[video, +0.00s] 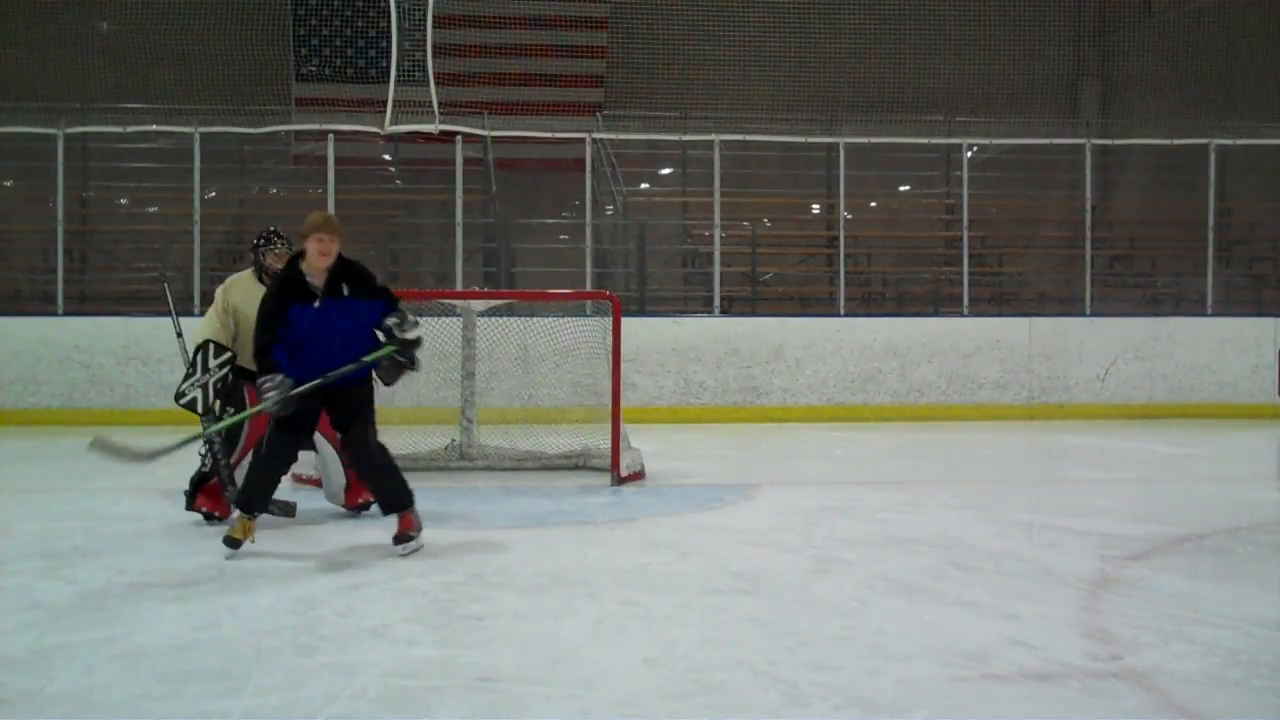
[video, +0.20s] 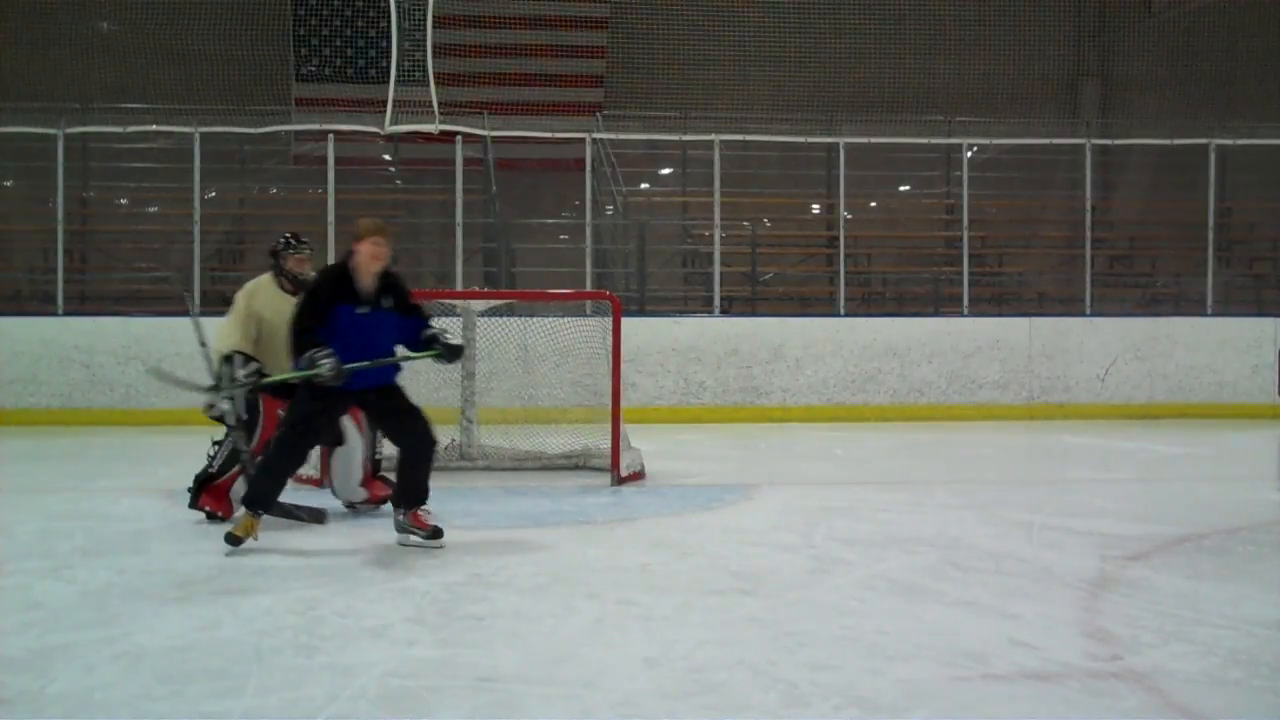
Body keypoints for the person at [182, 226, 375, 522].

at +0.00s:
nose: (280, 260)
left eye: (285, 254)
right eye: (273, 254)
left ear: (292, 255)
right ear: (259, 257)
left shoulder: (303, 286)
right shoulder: (235, 288)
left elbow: (330, 331)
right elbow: (213, 331)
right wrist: (215, 371)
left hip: (302, 373)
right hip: (251, 374)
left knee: (333, 430)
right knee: (248, 431)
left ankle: (353, 487)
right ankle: (210, 491)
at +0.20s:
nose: (301, 266)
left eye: (305, 260)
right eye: (294, 259)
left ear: (311, 262)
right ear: (279, 261)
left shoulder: (319, 291)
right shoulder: (254, 294)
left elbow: (340, 334)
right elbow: (234, 338)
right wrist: (240, 371)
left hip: (312, 381)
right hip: (267, 383)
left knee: (357, 420)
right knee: (255, 433)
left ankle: (357, 485)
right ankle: (214, 489)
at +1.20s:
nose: (579, 271)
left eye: (581, 265)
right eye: (572, 265)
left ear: (583, 268)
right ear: (555, 268)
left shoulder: (579, 303)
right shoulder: (539, 294)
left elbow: (584, 350)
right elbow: (537, 348)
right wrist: (553, 390)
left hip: (534, 371)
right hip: (502, 363)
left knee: (551, 428)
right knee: (539, 428)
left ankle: (517, 487)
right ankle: (513, 491)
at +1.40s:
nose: (634, 275)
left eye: (637, 268)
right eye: (627, 269)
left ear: (639, 271)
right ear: (610, 272)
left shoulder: (629, 305)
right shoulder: (594, 297)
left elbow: (633, 352)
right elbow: (592, 353)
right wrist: (609, 392)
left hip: (585, 373)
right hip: (555, 367)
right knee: (587, 432)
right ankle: (554, 492)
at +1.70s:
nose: (714, 262)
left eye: (716, 256)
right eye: (707, 256)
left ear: (718, 261)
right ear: (690, 260)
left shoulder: (709, 294)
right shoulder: (669, 285)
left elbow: (708, 340)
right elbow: (663, 334)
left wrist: (716, 373)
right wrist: (668, 375)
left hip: (677, 360)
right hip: (635, 352)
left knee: (708, 412)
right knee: (632, 420)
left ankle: (707, 482)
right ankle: (589, 484)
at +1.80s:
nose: (734, 263)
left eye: (735, 257)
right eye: (727, 257)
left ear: (732, 262)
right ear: (710, 260)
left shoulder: (728, 296)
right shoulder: (687, 285)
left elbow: (727, 342)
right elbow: (677, 337)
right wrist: (681, 383)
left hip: (696, 363)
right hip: (649, 357)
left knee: (720, 419)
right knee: (640, 423)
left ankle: (722, 488)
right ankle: (607, 488)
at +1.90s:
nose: (742, 269)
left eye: (746, 264)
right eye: (736, 262)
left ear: (750, 267)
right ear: (720, 262)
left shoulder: (742, 294)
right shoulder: (697, 287)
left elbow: (745, 340)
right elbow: (682, 339)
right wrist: (686, 386)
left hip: (709, 366)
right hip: (659, 360)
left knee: (732, 420)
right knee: (652, 422)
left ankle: (731, 490)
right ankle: (616, 488)